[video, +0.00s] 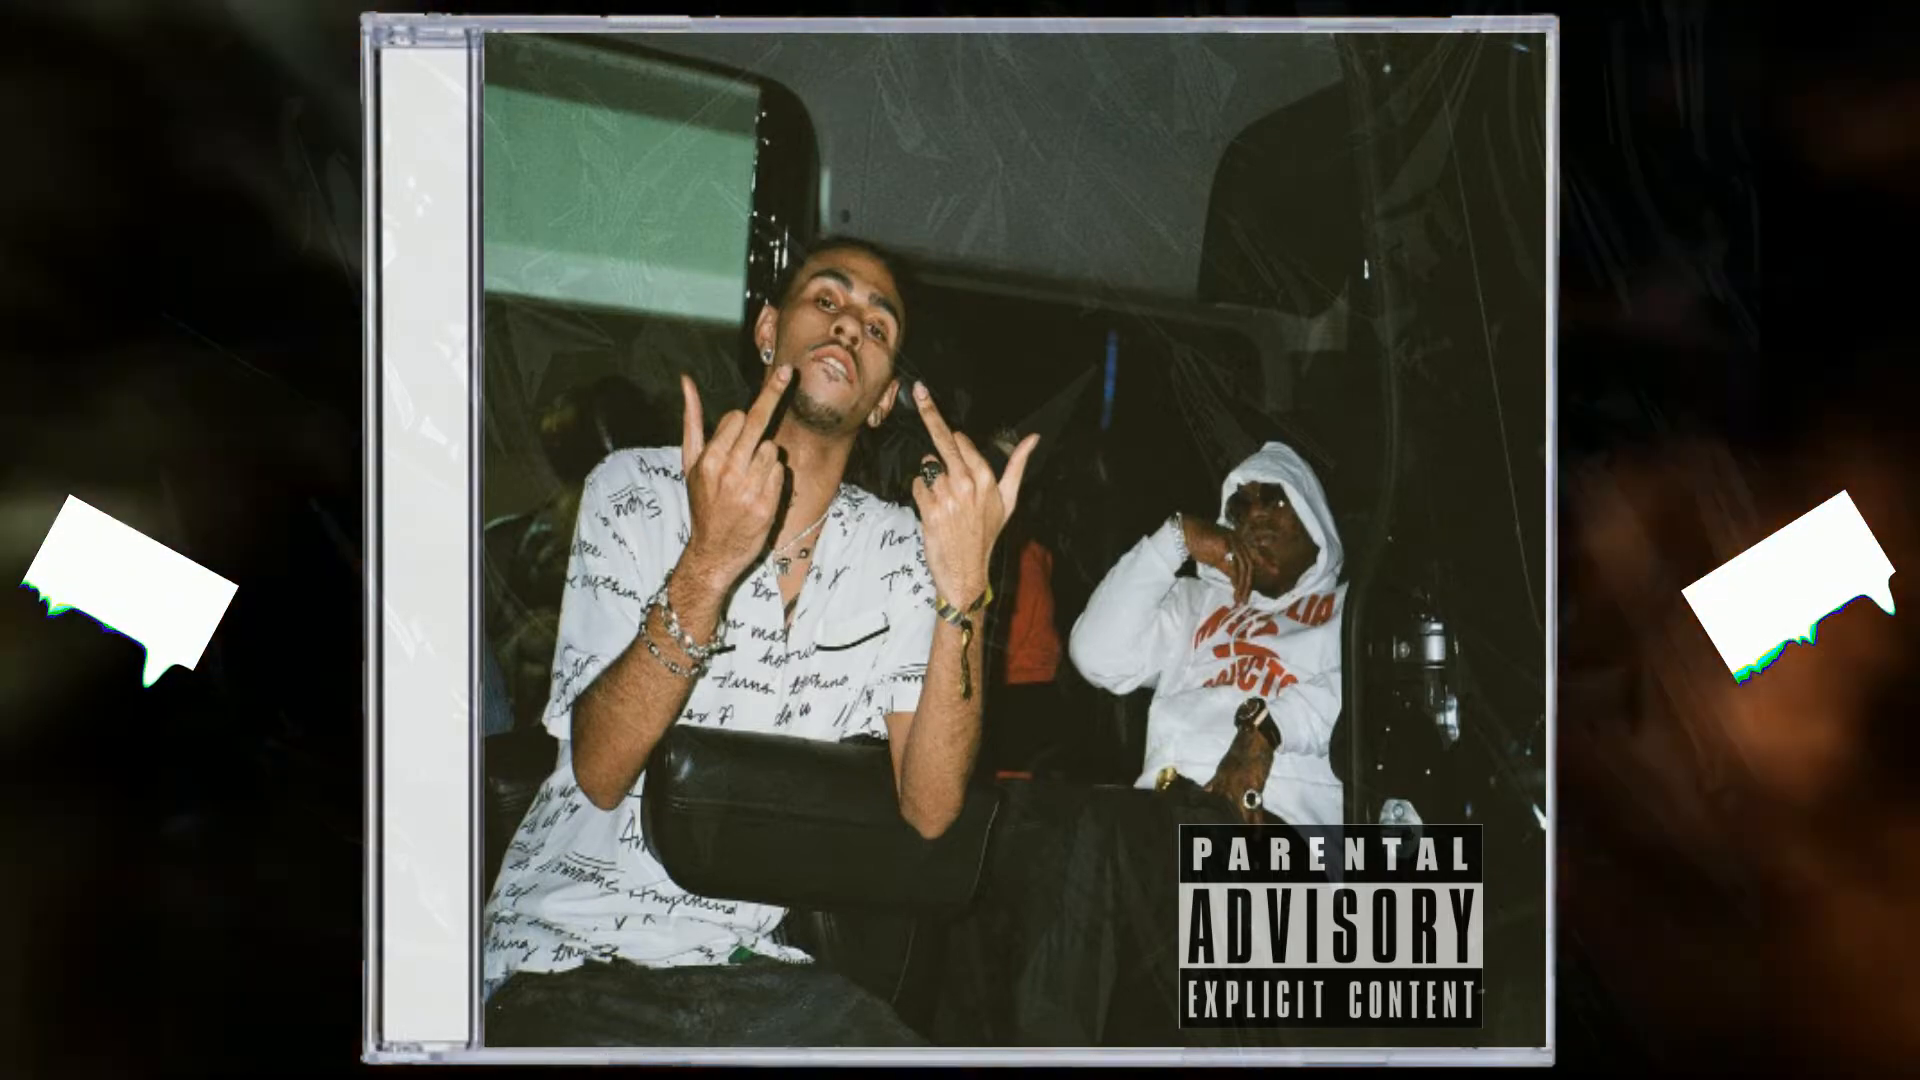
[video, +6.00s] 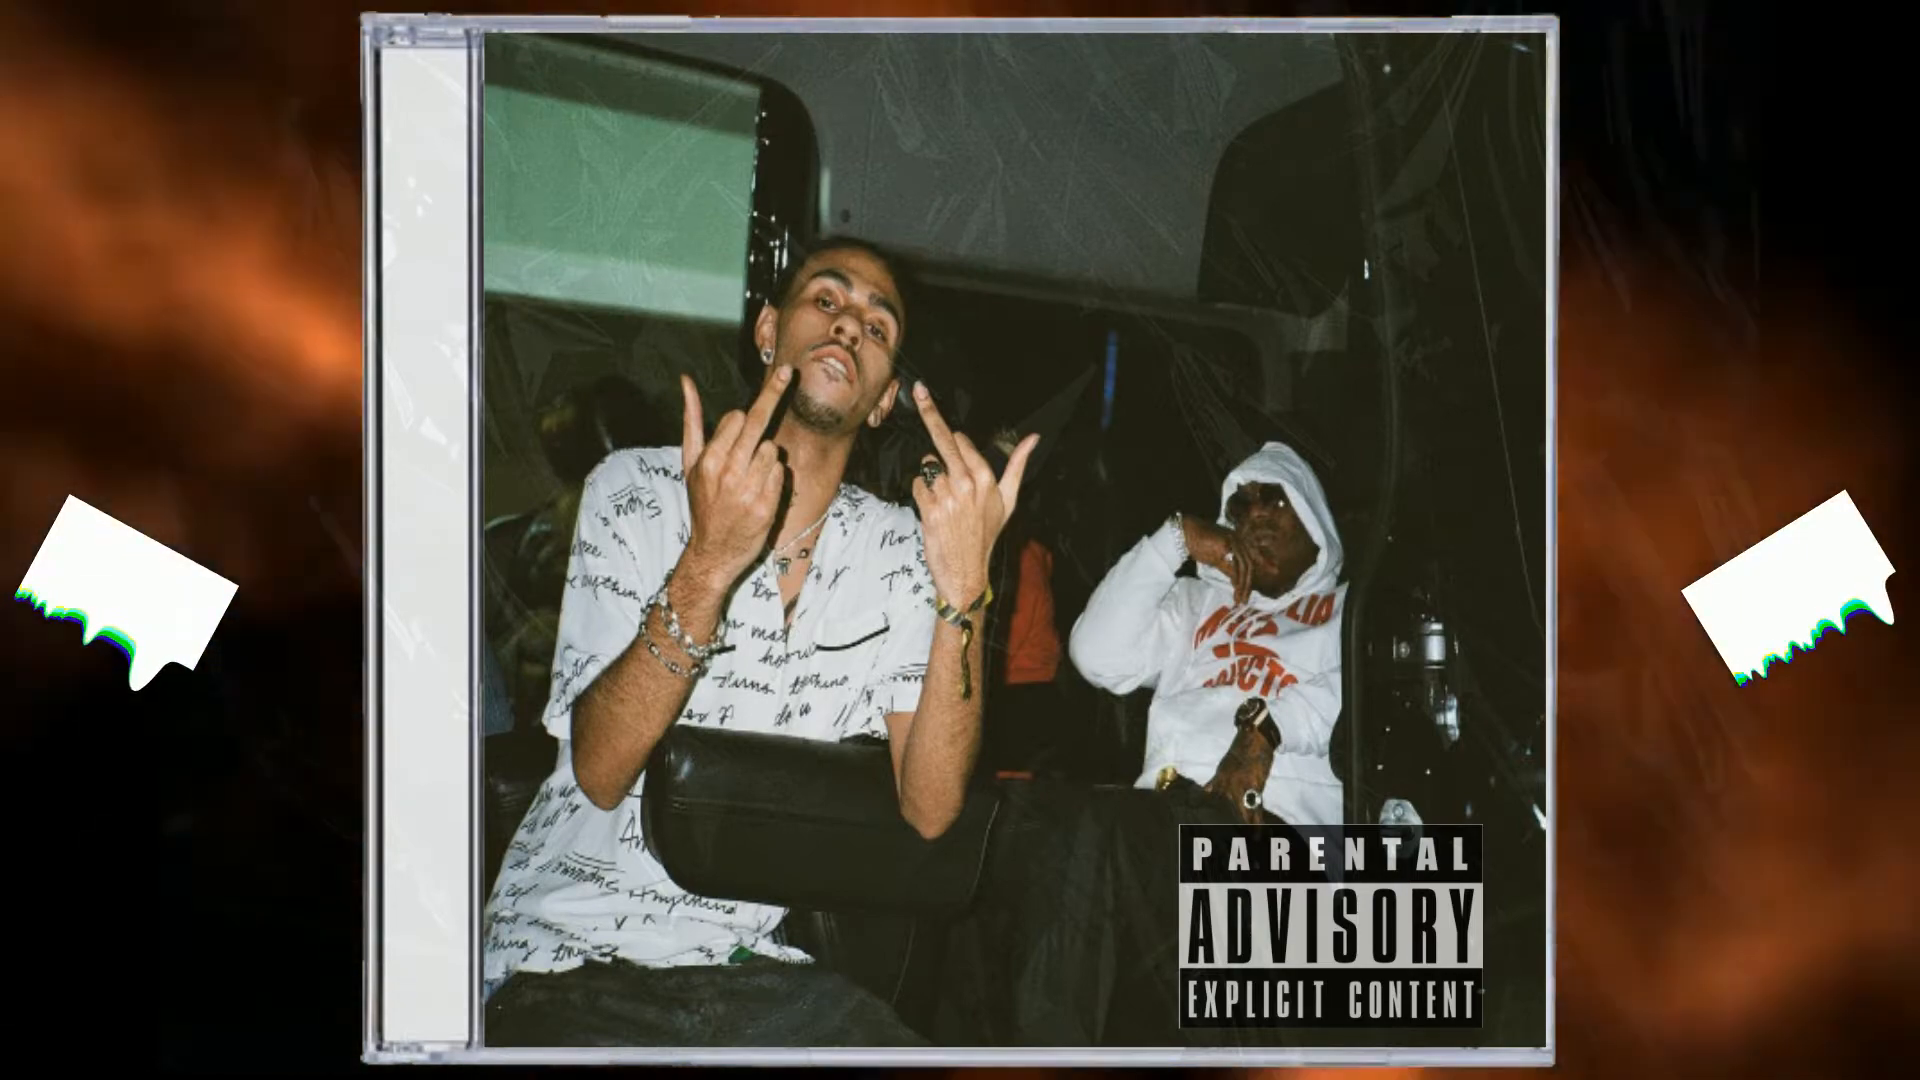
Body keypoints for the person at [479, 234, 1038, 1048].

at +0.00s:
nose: (852, 323)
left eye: (878, 323)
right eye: (826, 299)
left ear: (886, 396)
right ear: (766, 332)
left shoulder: (902, 550)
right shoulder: (638, 490)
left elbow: (930, 809)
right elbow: (601, 770)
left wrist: (965, 593)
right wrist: (709, 564)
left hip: (754, 956)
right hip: (568, 943)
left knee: (905, 1060)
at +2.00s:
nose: (851, 322)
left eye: (878, 323)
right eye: (826, 298)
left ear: (886, 395)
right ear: (767, 332)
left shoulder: (903, 550)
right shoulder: (638, 490)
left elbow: (931, 809)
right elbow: (601, 770)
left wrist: (965, 594)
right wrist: (710, 564)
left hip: (752, 955)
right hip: (568, 943)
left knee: (906, 1060)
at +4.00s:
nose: (851, 323)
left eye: (878, 323)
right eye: (826, 299)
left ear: (887, 395)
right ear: (767, 333)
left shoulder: (903, 550)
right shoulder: (638, 490)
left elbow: (931, 809)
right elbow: (601, 770)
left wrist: (966, 594)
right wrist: (710, 564)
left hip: (756, 957)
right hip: (570, 945)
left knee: (913, 1066)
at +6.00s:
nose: (851, 323)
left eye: (878, 323)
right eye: (826, 299)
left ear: (887, 395)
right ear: (767, 333)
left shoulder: (903, 550)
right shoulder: (638, 490)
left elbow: (931, 809)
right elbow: (601, 770)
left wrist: (966, 594)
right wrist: (710, 564)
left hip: (755, 956)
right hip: (571, 944)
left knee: (907, 1061)